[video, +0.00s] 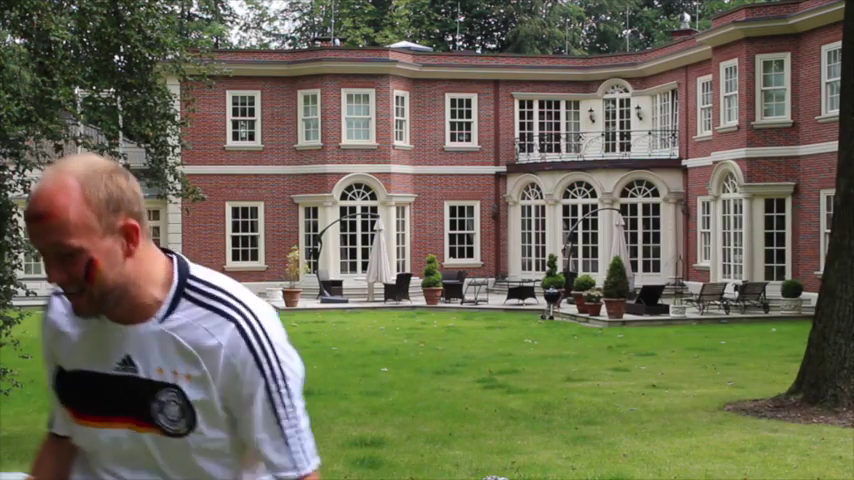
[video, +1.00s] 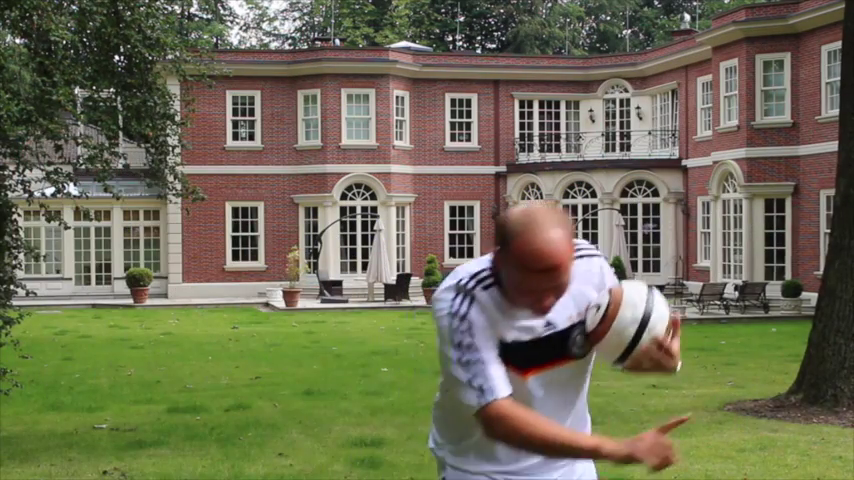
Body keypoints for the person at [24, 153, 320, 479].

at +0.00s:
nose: (55, 279)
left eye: (69, 256)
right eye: (44, 258)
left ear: (129, 239)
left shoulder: (238, 328)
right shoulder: (61, 315)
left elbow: (299, 472)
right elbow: (63, 437)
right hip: (91, 474)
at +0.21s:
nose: (141, 297)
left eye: (156, 278)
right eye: (132, 280)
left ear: (211, 258)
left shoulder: (324, 328)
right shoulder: (152, 327)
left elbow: (384, 448)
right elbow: (159, 437)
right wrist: (132, 477)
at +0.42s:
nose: (232, 355)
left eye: (244, 338)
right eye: (224, 339)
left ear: (293, 316)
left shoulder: (400, 363)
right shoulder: (242, 361)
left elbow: (451, 475)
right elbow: (251, 468)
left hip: (396, 473)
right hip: (308, 472)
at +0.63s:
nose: (302, 385)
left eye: (313, 370)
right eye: (296, 371)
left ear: (355, 343)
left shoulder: (468, 341)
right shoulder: (310, 386)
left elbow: (549, 417)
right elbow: (313, 473)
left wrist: (539, 477)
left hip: (494, 462)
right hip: (404, 470)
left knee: (472, 462)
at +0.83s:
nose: (439, 350)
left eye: (451, 335)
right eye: (427, 337)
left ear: (482, 301)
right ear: (412, 319)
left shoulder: (556, 298)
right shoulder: (401, 345)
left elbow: (608, 367)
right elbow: (423, 464)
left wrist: (624, 425)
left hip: (557, 467)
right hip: (469, 470)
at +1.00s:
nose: (546, 302)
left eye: (556, 288)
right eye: (532, 291)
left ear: (571, 259)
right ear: (500, 263)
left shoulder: (590, 268)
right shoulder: (462, 301)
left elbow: (626, 330)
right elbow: (497, 418)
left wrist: (663, 359)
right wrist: (614, 448)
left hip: (568, 463)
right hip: (480, 466)